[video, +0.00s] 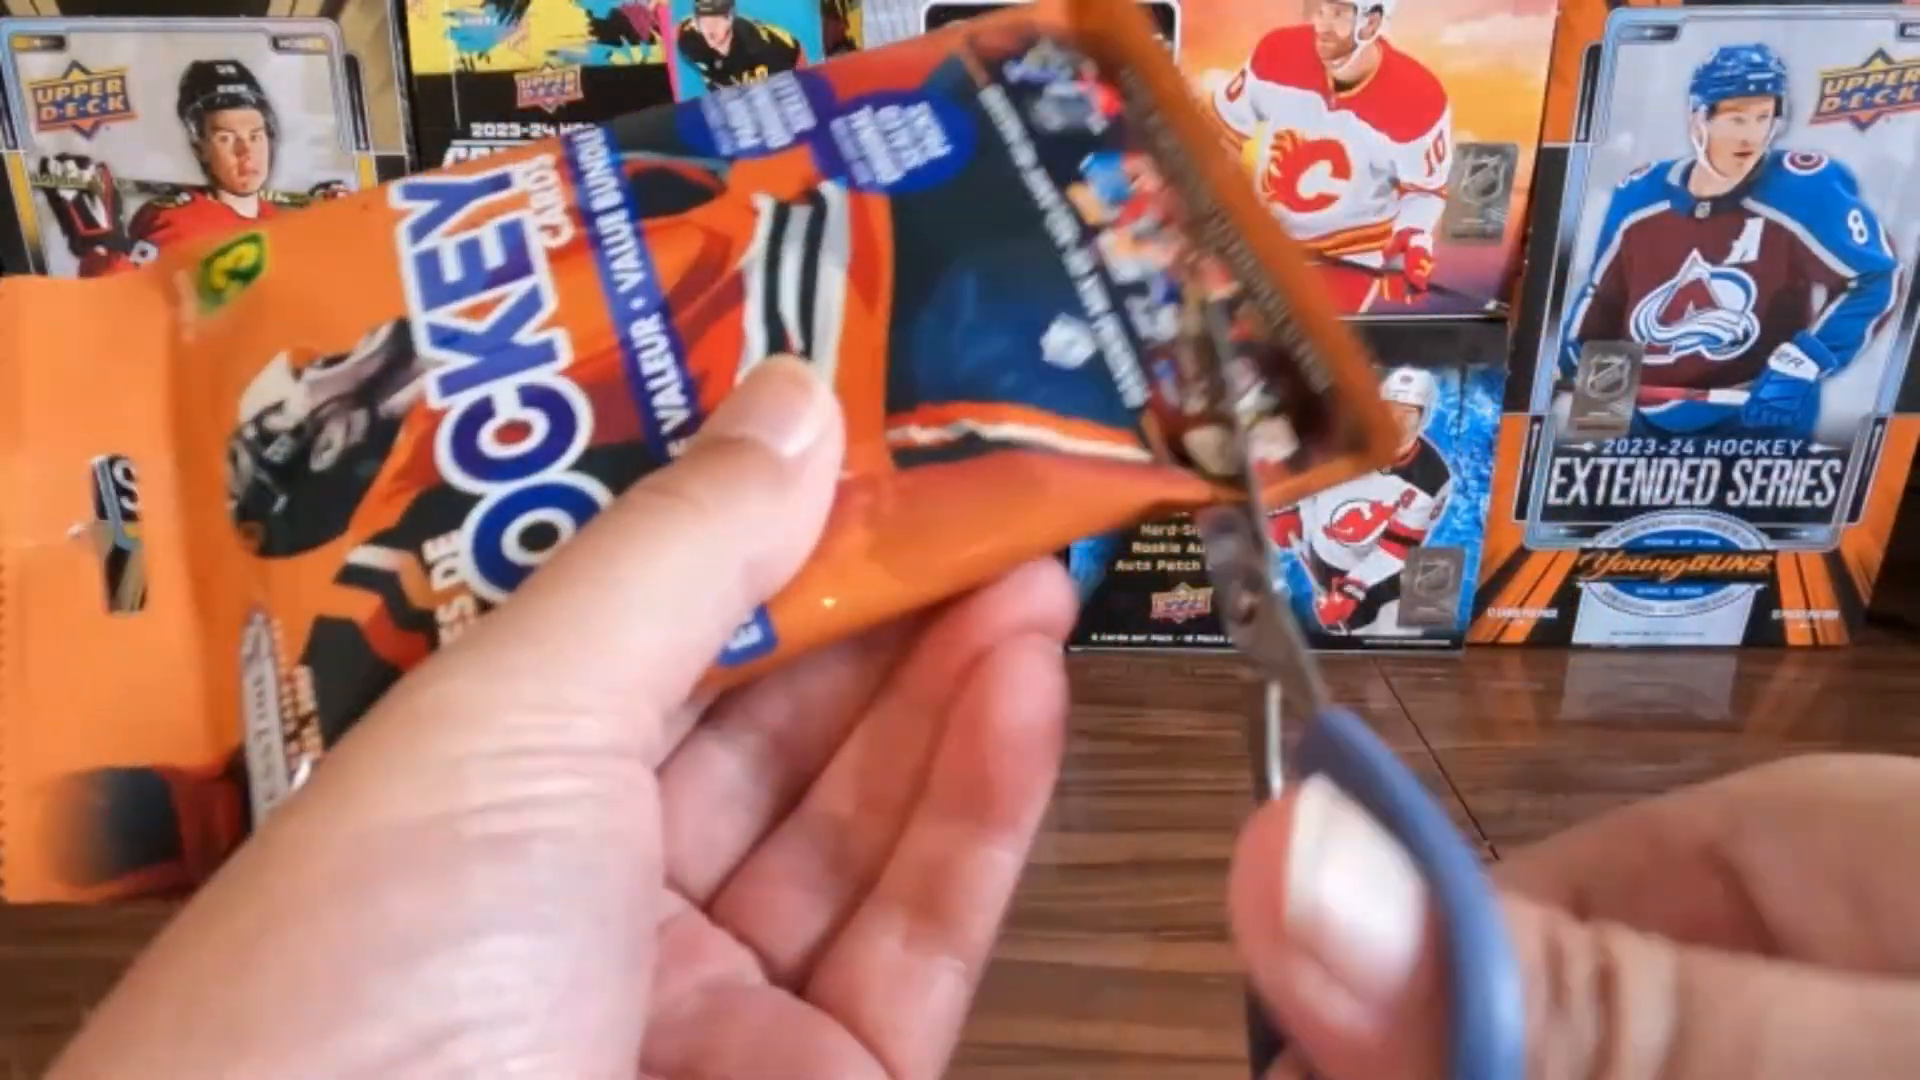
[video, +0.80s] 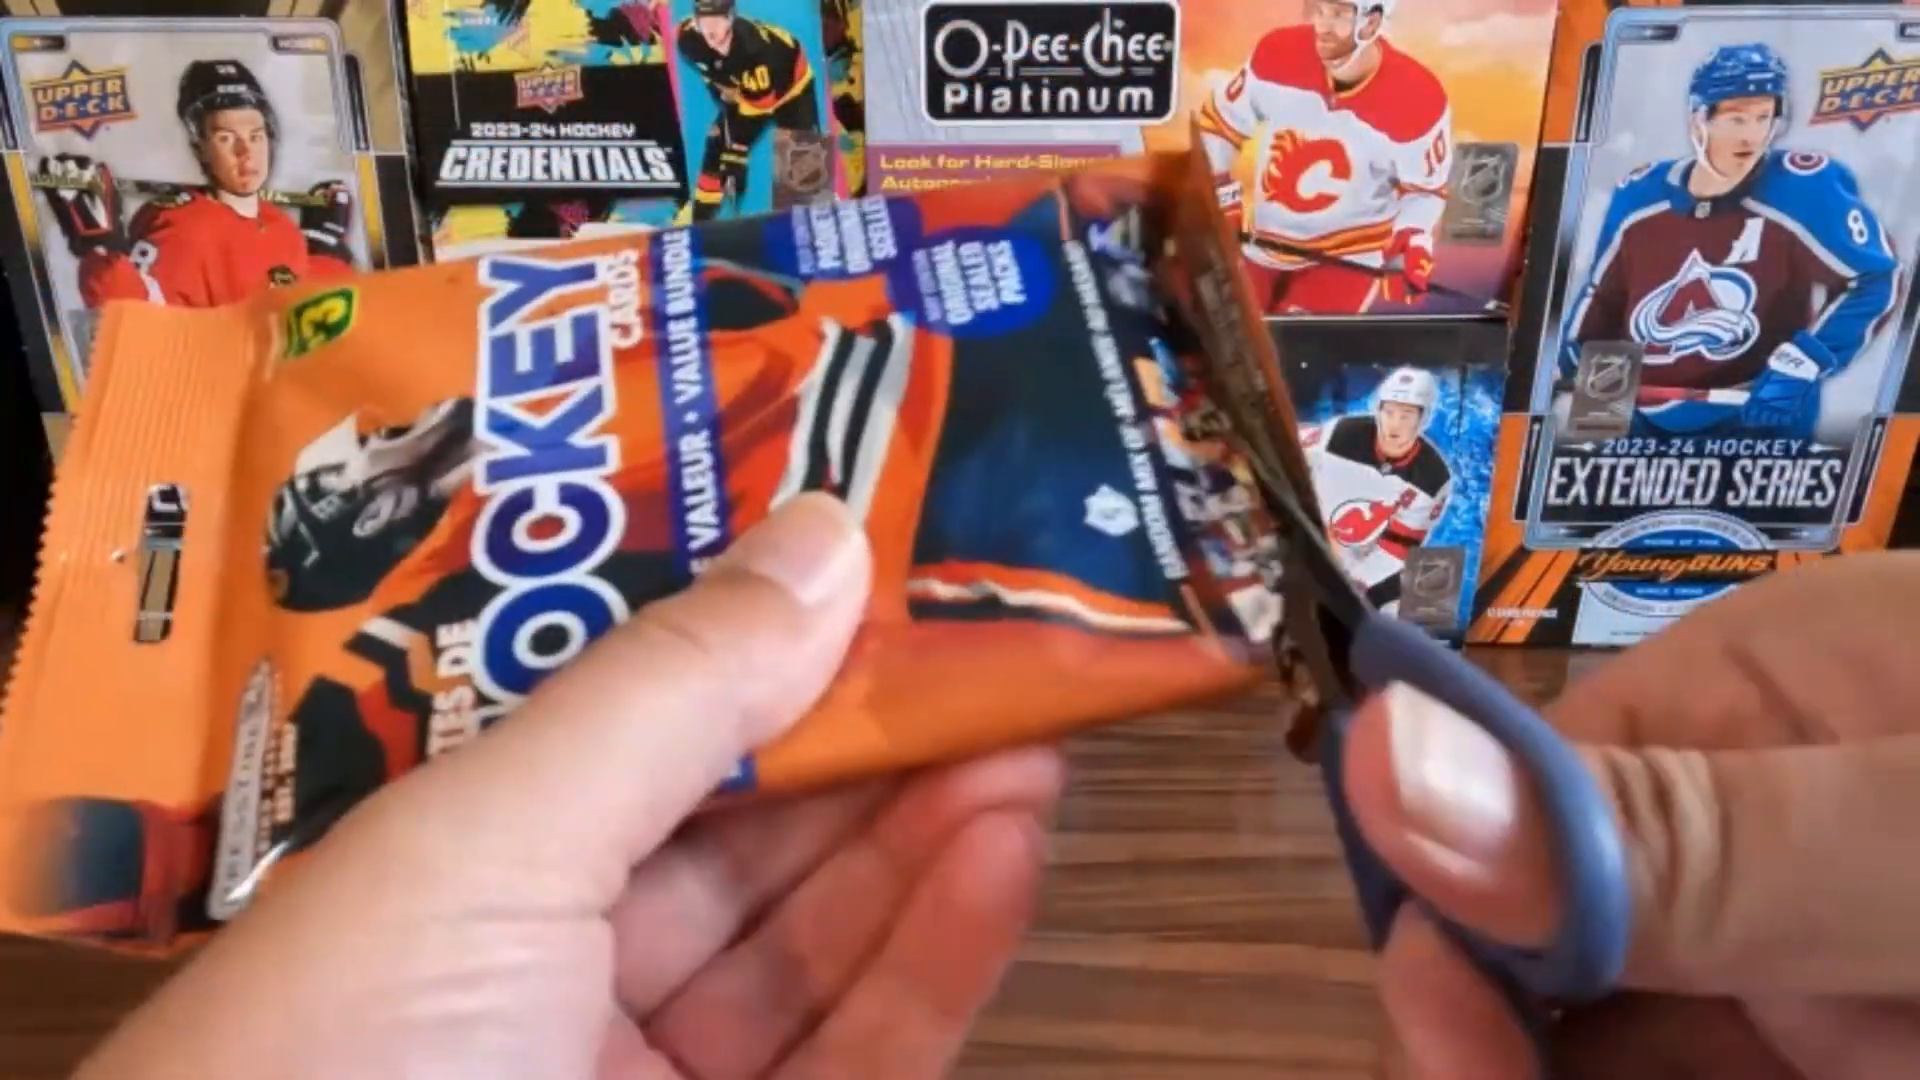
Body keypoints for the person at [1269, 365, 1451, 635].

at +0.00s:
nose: (1397, 419)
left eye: (1407, 412)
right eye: (1391, 409)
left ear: (1422, 417)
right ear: (1379, 409)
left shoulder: (1431, 474)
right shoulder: (1343, 448)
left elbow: (1397, 546)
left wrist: (1353, 588)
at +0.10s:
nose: (1394, 425)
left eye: (1406, 415)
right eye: (1388, 412)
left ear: (1422, 420)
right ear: (1378, 411)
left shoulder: (1433, 477)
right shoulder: (1342, 436)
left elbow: (1397, 547)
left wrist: (1353, 590)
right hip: (1317, 552)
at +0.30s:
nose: (1394, 424)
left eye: (1406, 416)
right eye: (1389, 412)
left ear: (1422, 420)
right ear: (1377, 411)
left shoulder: (1434, 478)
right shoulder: (1340, 435)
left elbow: (1397, 547)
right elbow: (1280, 456)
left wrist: (1353, 590)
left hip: (1378, 572)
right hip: (1318, 554)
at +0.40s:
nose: (1394, 425)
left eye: (1405, 416)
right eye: (1388, 412)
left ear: (1422, 420)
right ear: (1377, 412)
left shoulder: (1435, 477)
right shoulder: (1338, 436)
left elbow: (1396, 548)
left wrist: (1352, 590)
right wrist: (1322, 586)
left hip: (1380, 568)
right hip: (1321, 553)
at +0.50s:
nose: (1394, 425)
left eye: (1406, 416)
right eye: (1389, 413)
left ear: (1422, 420)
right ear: (1377, 412)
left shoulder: (1434, 477)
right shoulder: (1340, 435)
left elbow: (1396, 548)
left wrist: (1352, 591)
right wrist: (1324, 576)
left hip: (1375, 571)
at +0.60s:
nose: (1394, 424)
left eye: (1406, 416)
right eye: (1389, 412)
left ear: (1422, 420)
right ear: (1378, 411)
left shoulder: (1434, 478)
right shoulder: (1341, 435)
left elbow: (1396, 547)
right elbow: (1288, 450)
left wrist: (1352, 589)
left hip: (1374, 570)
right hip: (1313, 552)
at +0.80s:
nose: (1394, 426)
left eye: (1405, 417)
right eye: (1388, 413)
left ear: (1422, 421)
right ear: (1377, 412)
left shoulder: (1435, 478)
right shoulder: (1340, 435)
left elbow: (1397, 550)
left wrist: (1356, 585)